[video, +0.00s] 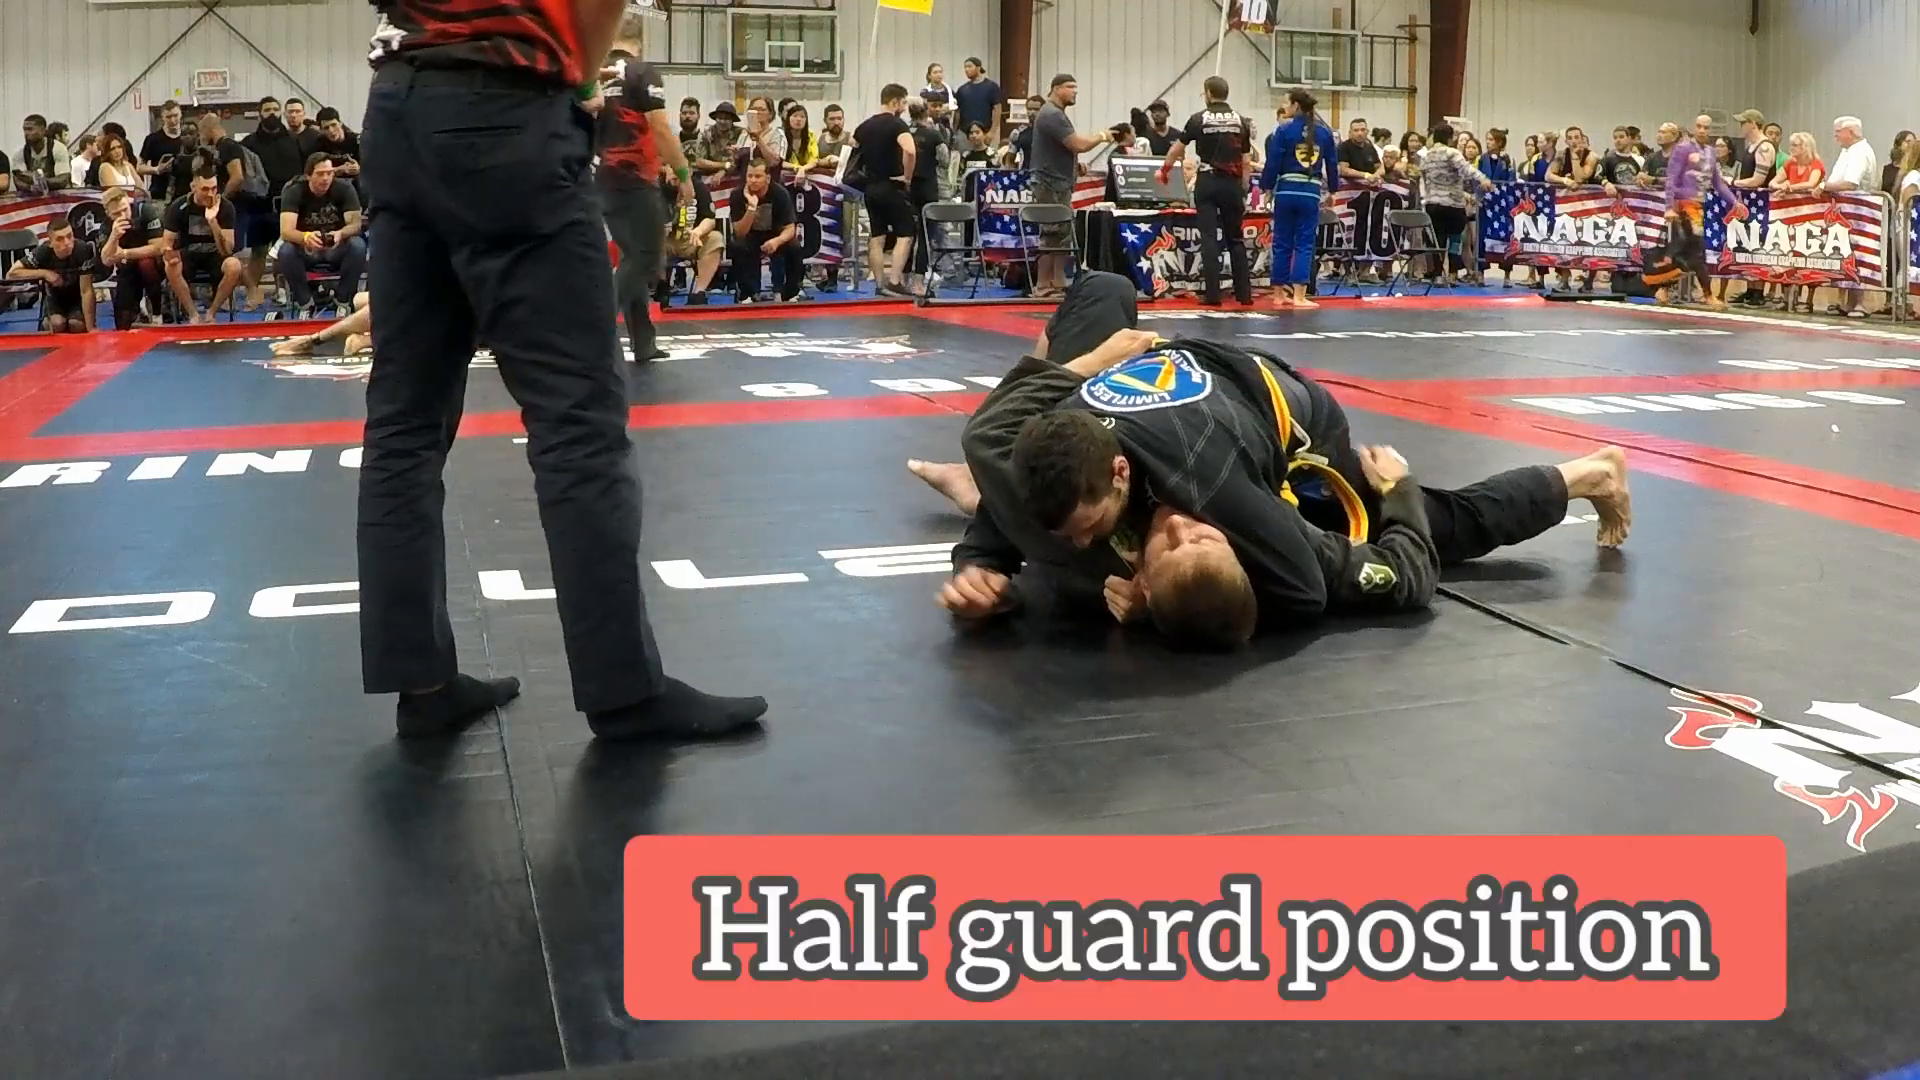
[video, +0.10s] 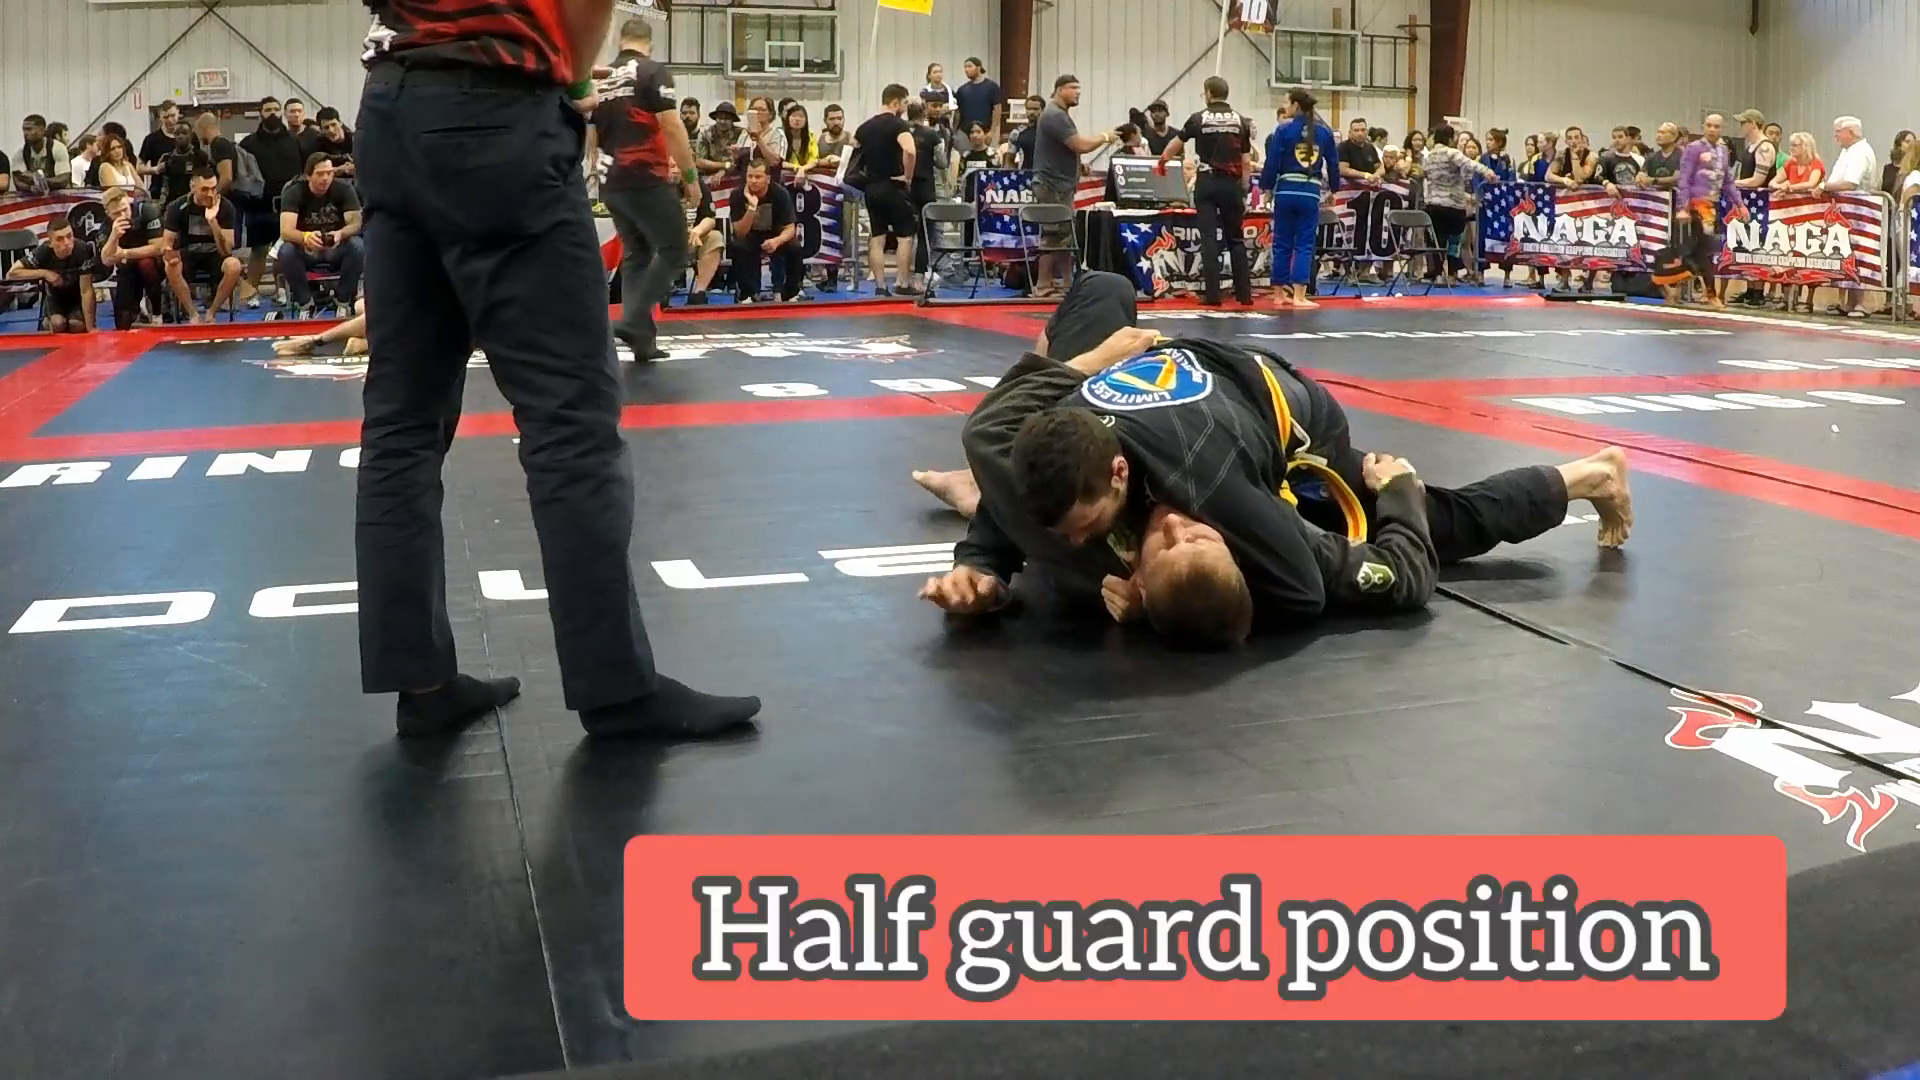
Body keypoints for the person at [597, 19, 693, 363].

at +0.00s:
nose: (645, 42)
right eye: (643, 37)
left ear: (612, 37)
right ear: (640, 39)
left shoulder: (596, 71)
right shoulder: (644, 72)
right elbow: (660, 128)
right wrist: (683, 173)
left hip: (605, 176)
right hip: (636, 179)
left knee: (634, 259)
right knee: (646, 259)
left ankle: (644, 345)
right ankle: (597, 321)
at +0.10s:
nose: (645, 49)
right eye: (648, 44)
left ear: (620, 41)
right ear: (649, 43)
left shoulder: (603, 78)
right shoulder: (654, 72)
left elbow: (593, 136)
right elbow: (673, 128)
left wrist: (593, 170)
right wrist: (691, 177)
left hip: (612, 181)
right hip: (648, 180)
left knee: (635, 255)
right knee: (674, 251)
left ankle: (642, 342)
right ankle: (633, 322)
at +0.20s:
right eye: (658, 41)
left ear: (631, 40)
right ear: (659, 41)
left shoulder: (610, 80)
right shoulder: (666, 72)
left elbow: (606, 137)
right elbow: (684, 127)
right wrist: (700, 177)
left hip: (624, 181)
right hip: (661, 178)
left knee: (639, 254)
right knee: (687, 251)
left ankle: (644, 343)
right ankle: (679, 333)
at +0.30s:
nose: (667, 49)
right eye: (668, 44)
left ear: (639, 44)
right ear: (669, 44)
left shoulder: (619, 80)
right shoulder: (679, 74)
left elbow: (613, 138)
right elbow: (698, 128)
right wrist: (714, 177)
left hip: (634, 186)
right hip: (674, 183)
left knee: (642, 259)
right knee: (699, 260)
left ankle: (643, 344)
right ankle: (720, 340)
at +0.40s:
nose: (675, 48)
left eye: (667, 42)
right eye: (680, 43)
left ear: (658, 44)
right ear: (687, 44)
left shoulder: (636, 81)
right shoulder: (700, 77)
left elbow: (629, 141)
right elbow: (721, 131)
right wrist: (733, 183)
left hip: (651, 188)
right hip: (692, 186)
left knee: (650, 262)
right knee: (716, 261)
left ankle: (643, 342)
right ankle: (741, 338)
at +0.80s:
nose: (709, 46)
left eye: (709, 42)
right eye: (714, 42)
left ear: (712, 41)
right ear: (741, 41)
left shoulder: (692, 76)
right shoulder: (764, 80)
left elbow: (673, 129)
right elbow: (783, 136)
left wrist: (664, 175)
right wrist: (789, 183)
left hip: (700, 183)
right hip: (746, 183)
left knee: (687, 254)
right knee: (744, 259)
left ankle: (665, 330)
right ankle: (744, 342)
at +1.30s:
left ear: (715, 49)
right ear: (739, 48)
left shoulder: (706, 78)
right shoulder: (759, 81)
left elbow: (693, 133)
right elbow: (771, 141)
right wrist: (766, 185)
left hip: (711, 171)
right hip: (750, 171)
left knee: (709, 258)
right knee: (744, 255)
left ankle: (716, 339)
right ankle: (747, 339)